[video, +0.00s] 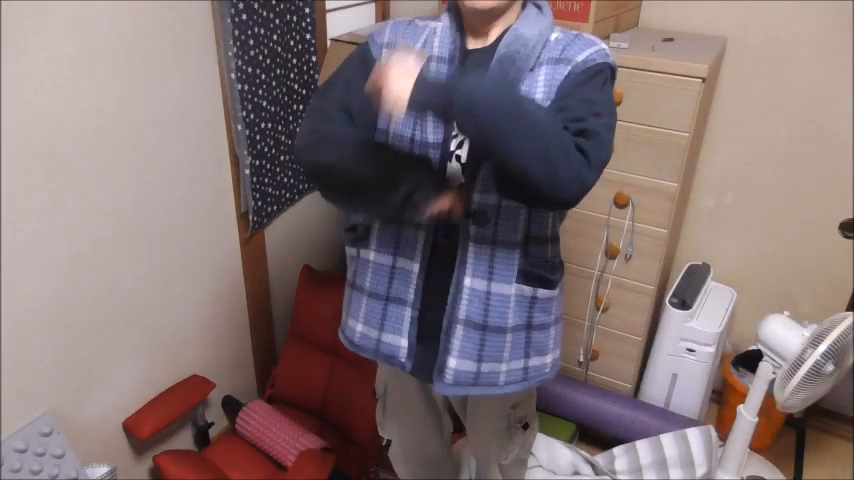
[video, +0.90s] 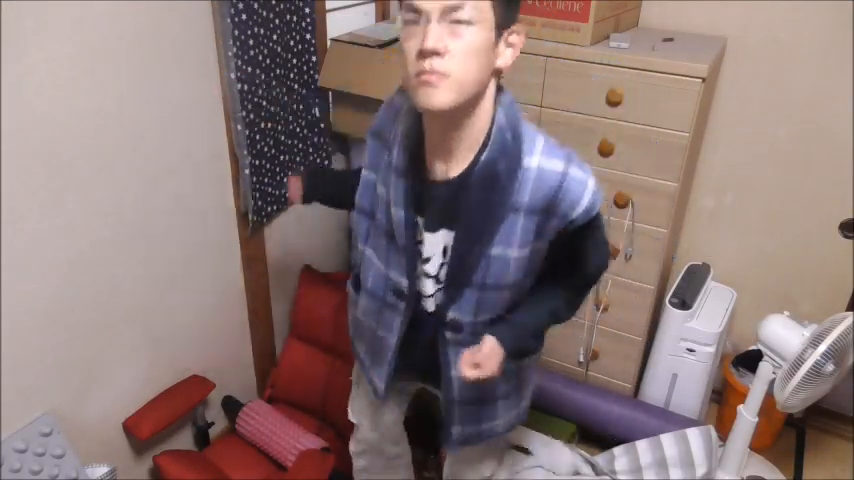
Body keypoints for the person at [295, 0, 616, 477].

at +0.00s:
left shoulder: (578, 60)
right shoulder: (393, 42)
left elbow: (565, 176)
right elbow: (319, 144)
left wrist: (435, 91)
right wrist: (418, 191)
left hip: (502, 329)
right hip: (399, 317)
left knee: (498, 464)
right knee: (413, 462)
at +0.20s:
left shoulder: (576, 72)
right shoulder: (390, 54)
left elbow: (583, 217)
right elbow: (346, 148)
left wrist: (448, 209)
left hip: (511, 336)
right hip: (411, 324)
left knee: (500, 469)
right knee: (421, 463)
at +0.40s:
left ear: (534, 0)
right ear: (445, 1)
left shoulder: (595, 96)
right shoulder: (401, 77)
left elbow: (586, 243)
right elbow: (343, 186)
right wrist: (406, 258)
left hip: (532, 348)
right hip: (431, 334)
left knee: (512, 468)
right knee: (418, 464)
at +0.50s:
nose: (470, 4)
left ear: (537, 3)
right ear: (448, 6)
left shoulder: (596, 105)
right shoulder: (406, 77)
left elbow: (599, 254)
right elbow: (333, 164)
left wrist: (477, 300)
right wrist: (389, 197)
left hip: (534, 356)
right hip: (432, 342)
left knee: (519, 471)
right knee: (410, 464)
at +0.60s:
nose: (466, 0)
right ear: (446, 2)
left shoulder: (605, 98)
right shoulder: (408, 67)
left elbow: (632, 241)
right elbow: (316, 110)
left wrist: (515, 275)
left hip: (532, 351)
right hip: (427, 335)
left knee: (525, 469)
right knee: (403, 461)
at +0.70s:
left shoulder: (605, 100)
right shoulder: (411, 69)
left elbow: (652, 237)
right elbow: (366, 133)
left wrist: (564, 271)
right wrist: (250, 95)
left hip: (522, 345)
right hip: (418, 326)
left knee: (516, 469)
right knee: (395, 454)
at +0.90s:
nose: (427, 44)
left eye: (457, 21)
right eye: (414, 20)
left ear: (506, 48)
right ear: (401, 36)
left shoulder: (554, 181)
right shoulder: (392, 122)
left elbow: (578, 271)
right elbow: (385, 190)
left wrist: (506, 338)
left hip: (478, 366)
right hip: (387, 344)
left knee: (469, 469)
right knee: (373, 452)